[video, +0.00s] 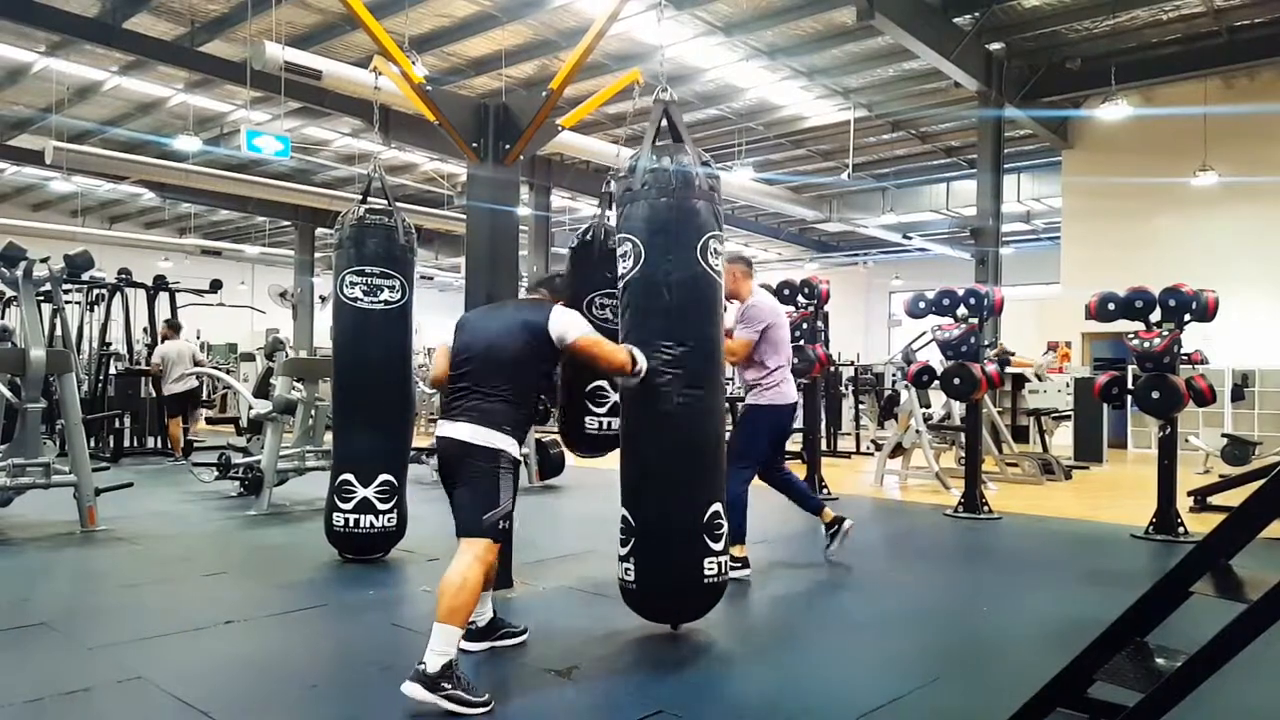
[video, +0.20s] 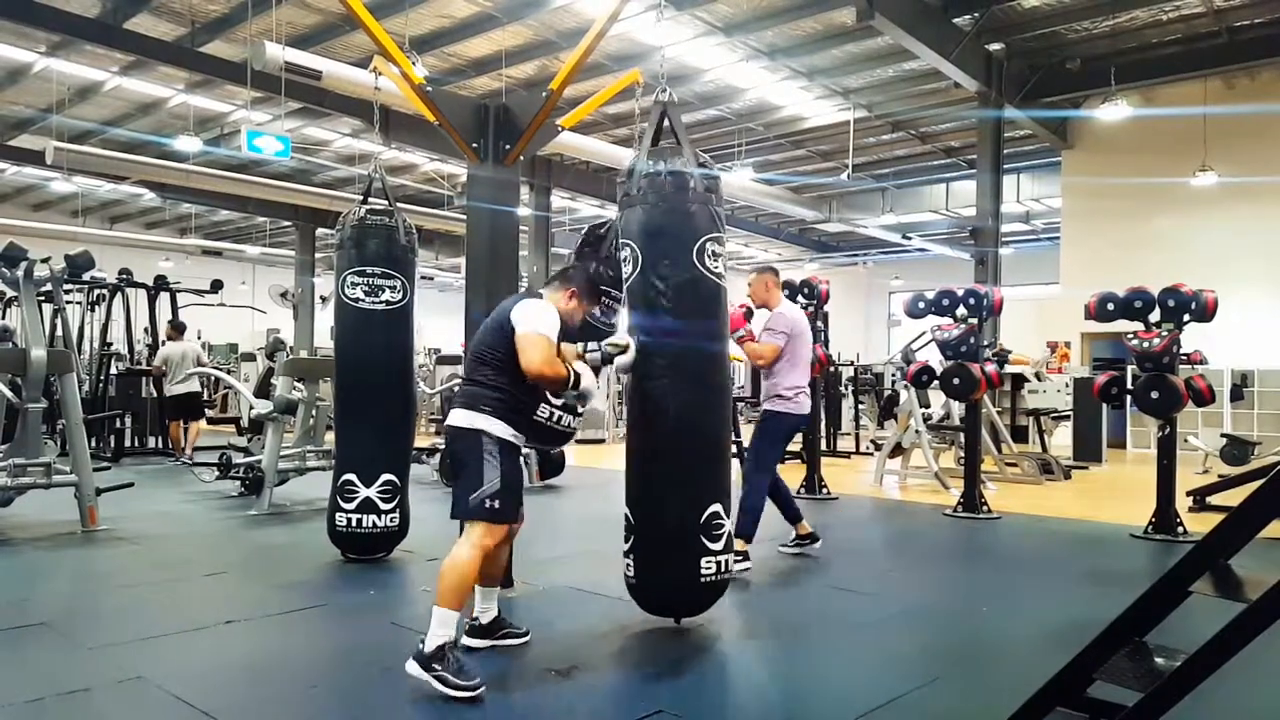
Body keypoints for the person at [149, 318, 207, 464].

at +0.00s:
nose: (160, 331)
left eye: (163, 329)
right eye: (161, 328)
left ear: (169, 331)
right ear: (177, 331)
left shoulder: (160, 348)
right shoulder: (189, 346)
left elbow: (155, 369)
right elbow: (203, 362)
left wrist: (164, 374)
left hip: (171, 390)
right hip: (191, 387)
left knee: (174, 422)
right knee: (195, 409)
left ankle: (178, 455)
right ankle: (193, 431)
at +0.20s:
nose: (166, 331)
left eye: (168, 328)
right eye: (167, 327)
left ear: (172, 331)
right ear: (183, 332)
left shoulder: (164, 350)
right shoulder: (193, 347)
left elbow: (155, 371)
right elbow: (204, 363)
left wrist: (167, 371)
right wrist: (192, 363)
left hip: (173, 392)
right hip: (193, 390)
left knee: (174, 422)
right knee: (194, 421)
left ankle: (178, 454)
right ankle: (188, 452)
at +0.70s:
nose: (171, 332)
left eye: (171, 330)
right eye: (172, 330)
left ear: (172, 331)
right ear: (186, 332)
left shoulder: (165, 349)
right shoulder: (196, 348)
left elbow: (155, 368)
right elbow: (206, 366)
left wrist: (168, 371)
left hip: (171, 393)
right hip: (191, 393)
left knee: (166, 424)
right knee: (190, 424)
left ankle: (165, 453)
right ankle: (187, 457)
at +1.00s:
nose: (158, 331)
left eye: (159, 329)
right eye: (159, 329)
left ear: (160, 330)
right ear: (173, 331)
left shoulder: (152, 349)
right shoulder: (184, 348)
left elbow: (142, 368)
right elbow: (190, 364)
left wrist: (157, 370)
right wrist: (176, 368)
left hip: (159, 393)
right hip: (180, 393)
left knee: (155, 424)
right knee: (183, 425)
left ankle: (155, 459)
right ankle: (186, 457)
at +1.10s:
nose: (154, 330)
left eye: (154, 328)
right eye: (155, 328)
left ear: (156, 329)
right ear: (170, 330)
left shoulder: (150, 349)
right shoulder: (180, 348)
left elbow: (137, 366)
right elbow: (185, 364)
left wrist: (151, 369)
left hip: (154, 392)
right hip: (176, 392)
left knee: (153, 424)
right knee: (182, 424)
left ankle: (155, 459)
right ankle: (185, 457)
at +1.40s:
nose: (149, 329)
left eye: (150, 327)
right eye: (151, 327)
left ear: (151, 329)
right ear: (164, 330)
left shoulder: (145, 348)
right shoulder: (175, 347)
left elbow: (133, 368)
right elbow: (179, 363)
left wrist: (149, 370)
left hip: (151, 393)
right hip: (173, 392)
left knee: (152, 424)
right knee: (177, 424)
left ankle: (154, 459)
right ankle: (180, 457)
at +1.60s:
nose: (150, 330)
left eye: (151, 328)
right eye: (152, 328)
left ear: (152, 329)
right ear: (166, 330)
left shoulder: (145, 348)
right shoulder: (175, 347)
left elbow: (132, 368)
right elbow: (180, 365)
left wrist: (148, 370)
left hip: (151, 392)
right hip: (173, 391)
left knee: (152, 424)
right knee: (176, 424)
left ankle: (154, 459)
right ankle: (177, 457)